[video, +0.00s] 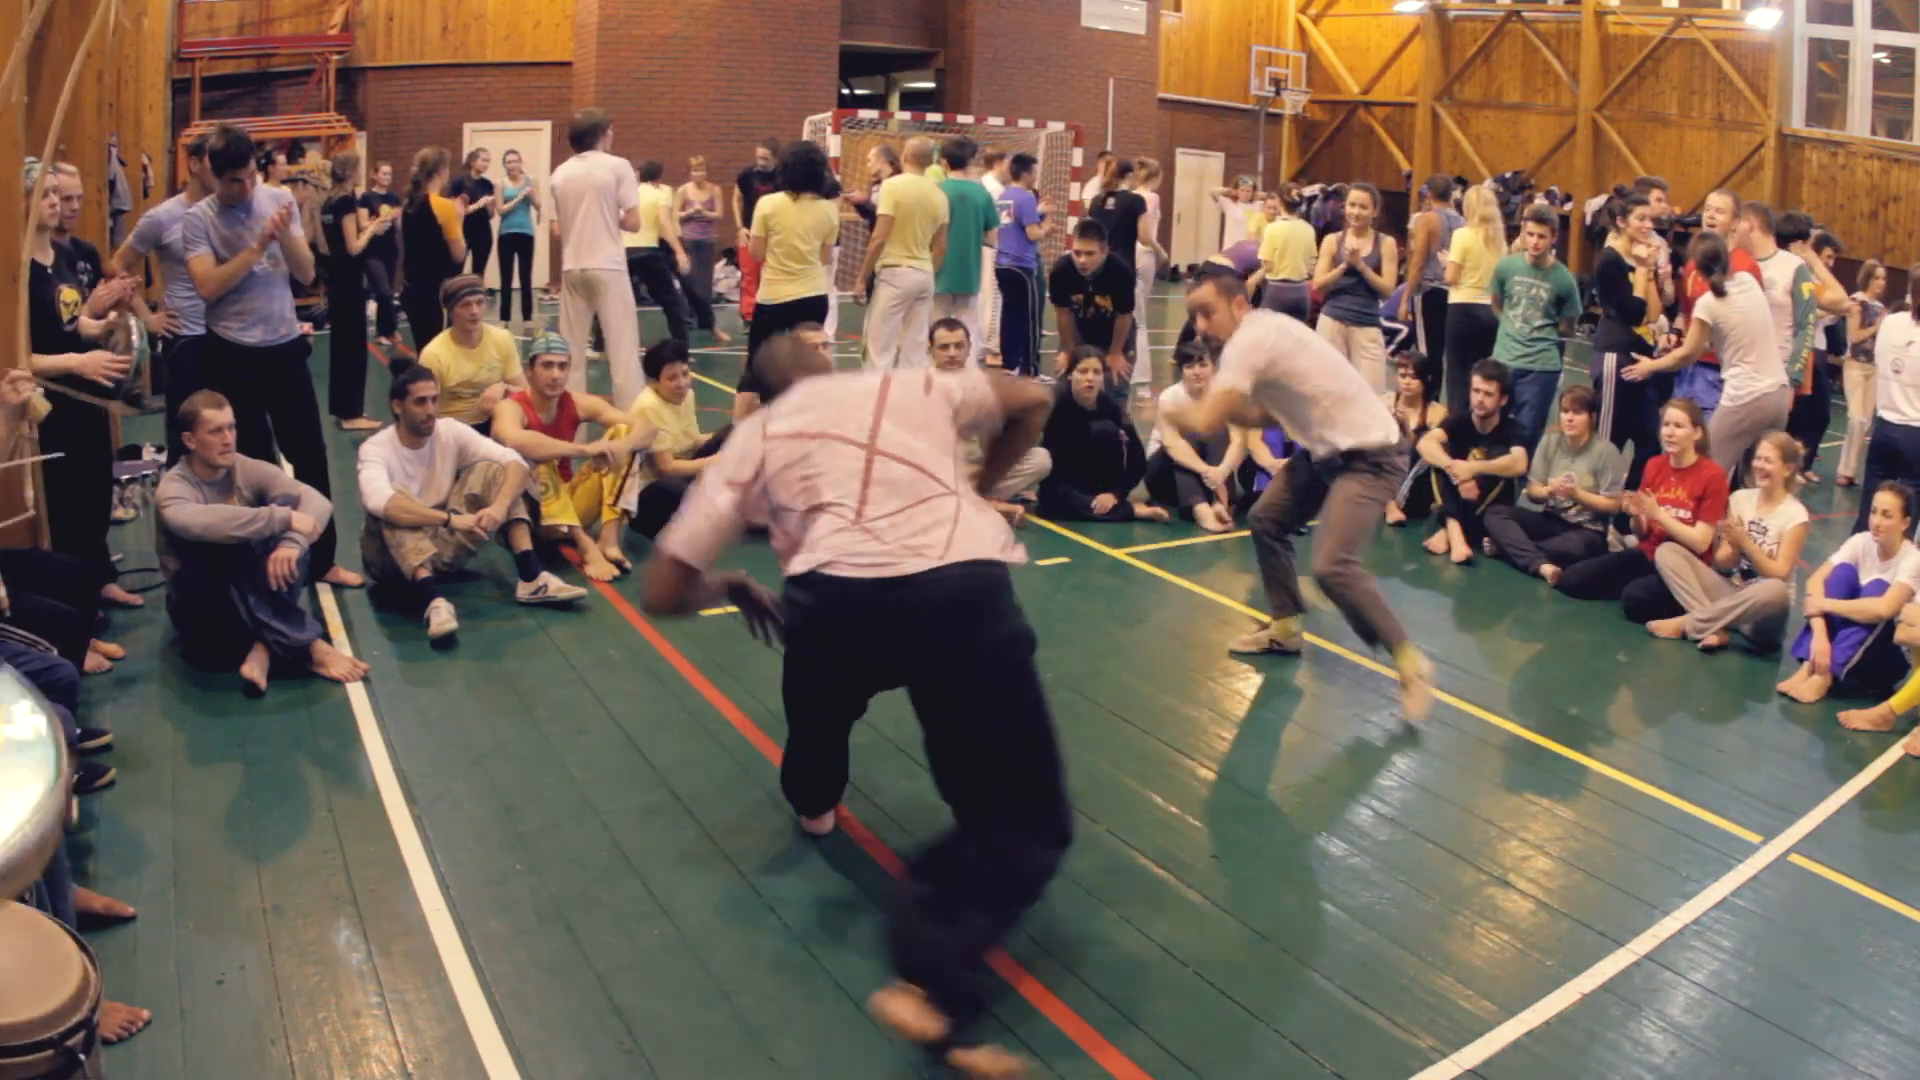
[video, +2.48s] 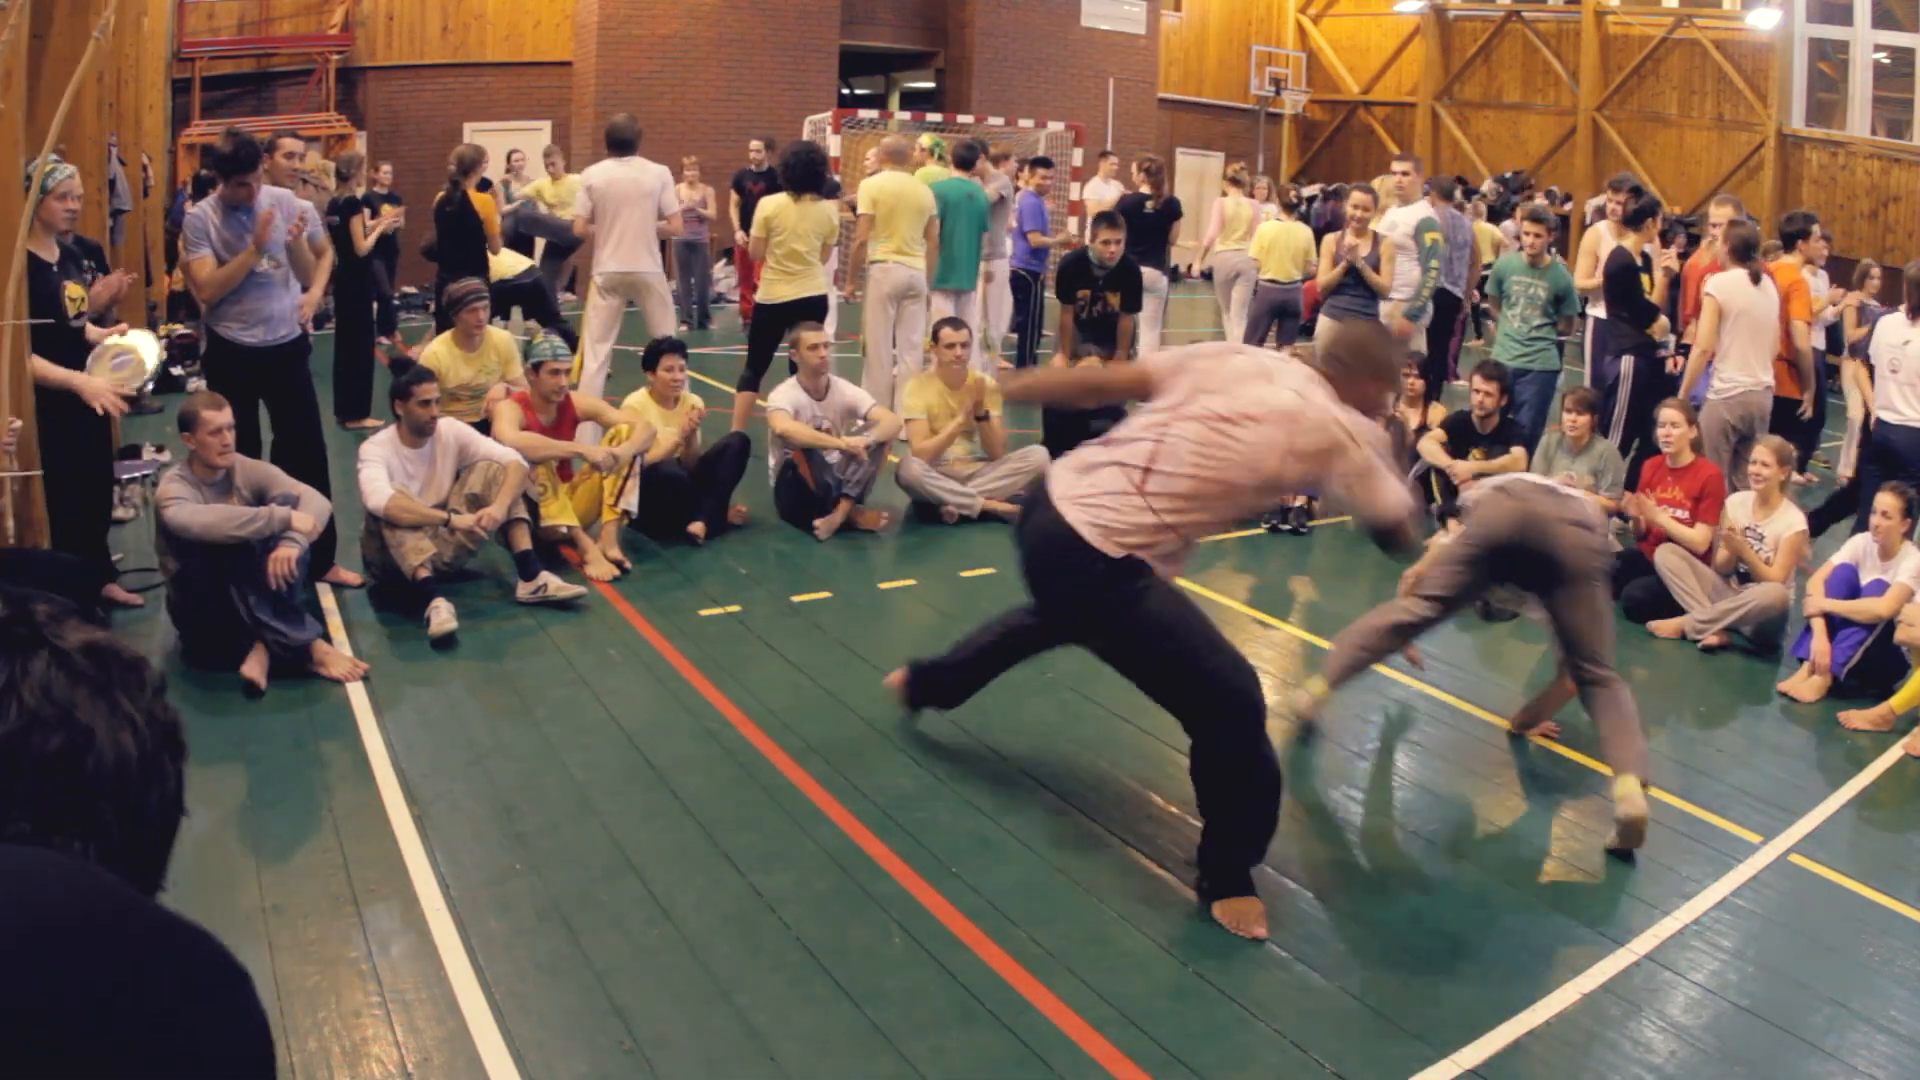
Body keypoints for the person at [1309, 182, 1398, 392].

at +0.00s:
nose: (1355, 212)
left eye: (1363, 207)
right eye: (1351, 205)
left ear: (1375, 212)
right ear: (1345, 207)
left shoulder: (1386, 243)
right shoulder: (1332, 241)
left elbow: (1387, 289)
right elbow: (1317, 285)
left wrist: (1361, 266)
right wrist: (1344, 266)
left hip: (1367, 323)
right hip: (1332, 318)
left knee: (1372, 392)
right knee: (1328, 386)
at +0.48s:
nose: (1356, 213)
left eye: (1363, 208)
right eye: (1352, 206)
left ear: (1374, 212)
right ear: (1344, 207)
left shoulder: (1386, 243)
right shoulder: (1331, 240)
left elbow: (1390, 289)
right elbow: (1321, 284)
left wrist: (1367, 268)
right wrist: (1336, 263)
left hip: (1367, 322)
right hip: (1332, 318)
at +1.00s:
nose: (1357, 213)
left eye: (1364, 209)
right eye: (1353, 207)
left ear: (1375, 213)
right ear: (1345, 208)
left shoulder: (1385, 243)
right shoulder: (1331, 241)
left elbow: (1387, 289)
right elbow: (1323, 285)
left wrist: (1359, 262)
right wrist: (1345, 265)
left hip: (1368, 321)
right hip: (1333, 318)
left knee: (1372, 397)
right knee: (1332, 396)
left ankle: (1371, 458)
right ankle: (1334, 456)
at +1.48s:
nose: (1356, 214)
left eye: (1363, 209)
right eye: (1352, 208)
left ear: (1374, 212)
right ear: (1345, 208)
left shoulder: (1386, 243)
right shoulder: (1332, 240)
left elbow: (1387, 288)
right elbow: (1322, 286)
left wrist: (1363, 264)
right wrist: (1338, 262)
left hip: (1367, 322)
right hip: (1332, 318)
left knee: (1372, 397)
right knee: (1333, 396)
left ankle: (1372, 463)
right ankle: (1335, 459)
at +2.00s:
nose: (1357, 214)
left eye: (1364, 209)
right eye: (1353, 207)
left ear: (1375, 213)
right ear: (1345, 209)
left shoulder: (1384, 243)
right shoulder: (1331, 241)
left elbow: (1386, 289)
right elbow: (1324, 285)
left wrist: (1361, 265)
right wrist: (1347, 266)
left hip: (1368, 321)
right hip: (1333, 318)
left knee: (1373, 400)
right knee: (1333, 398)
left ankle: (1376, 459)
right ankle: (1333, 458)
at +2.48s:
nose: (1359, 214)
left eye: (1366, 210)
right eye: (1355, 207)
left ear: (1375, 212)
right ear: (1346, 207)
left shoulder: (1384, 244)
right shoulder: (1330, 240)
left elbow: (1385, 289)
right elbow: (1322, 285)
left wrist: (1359, 263)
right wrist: (1345, 263)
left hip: (1366, 317)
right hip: (1333, 313)